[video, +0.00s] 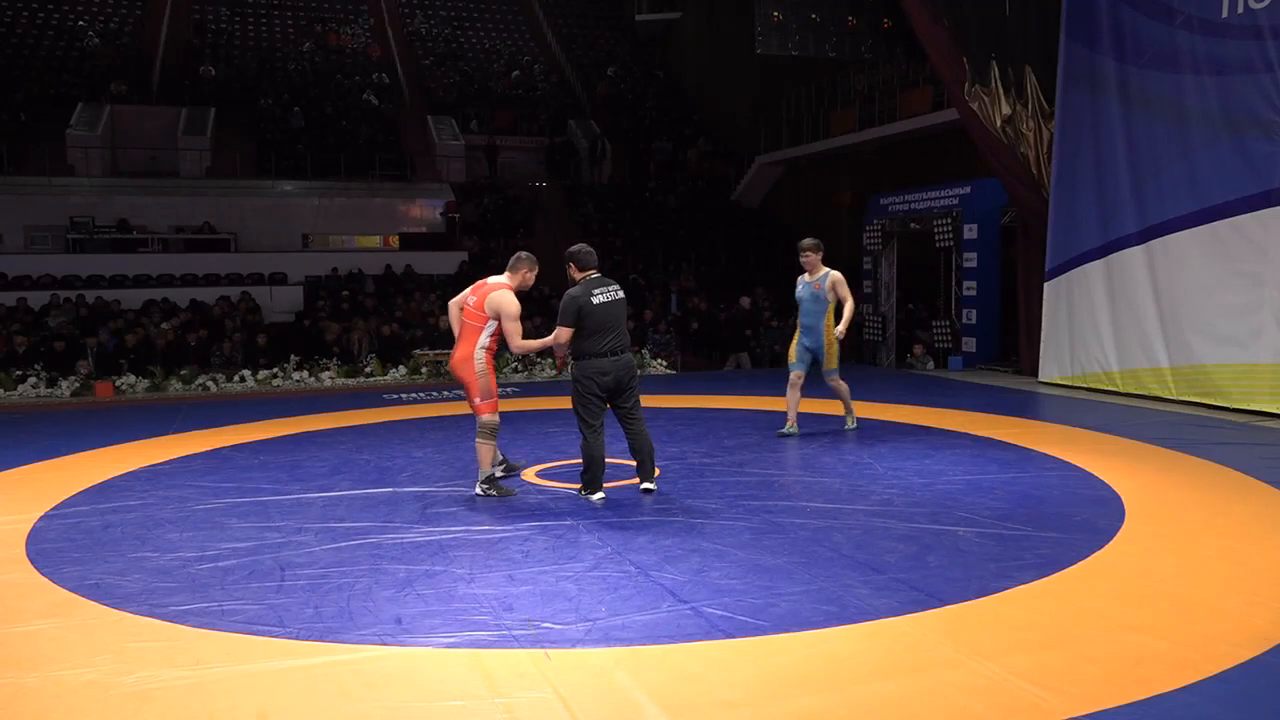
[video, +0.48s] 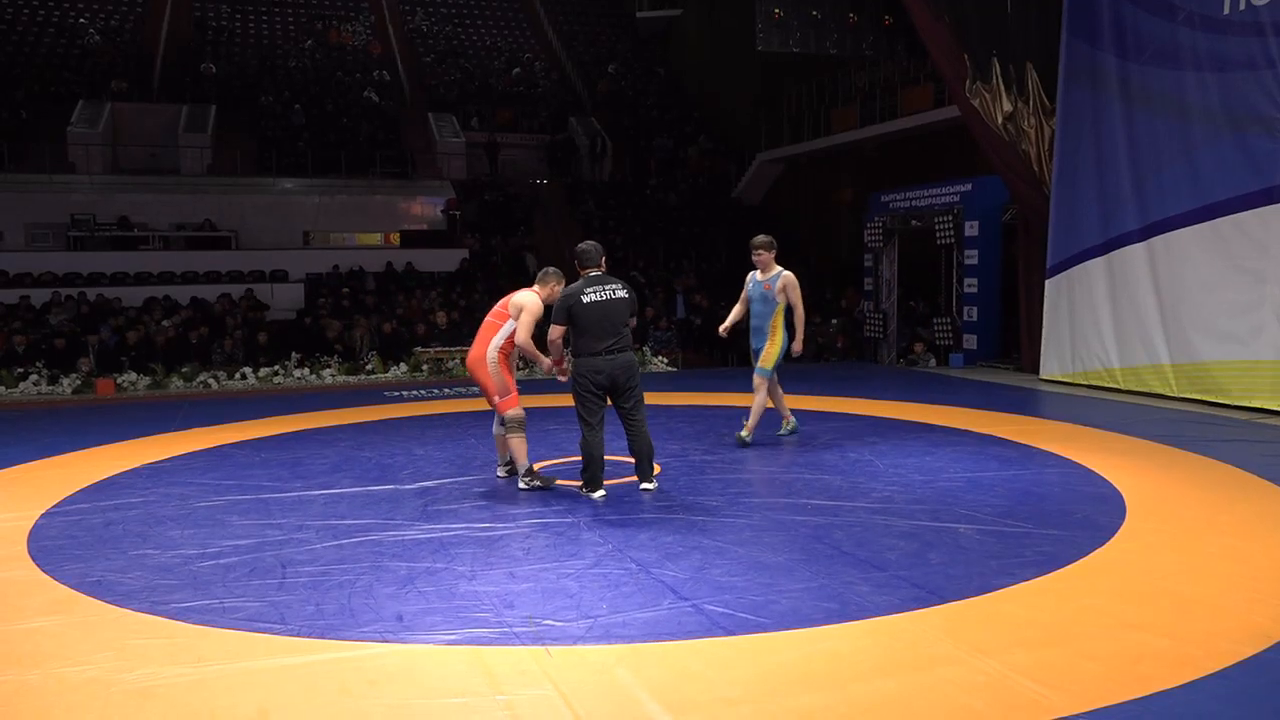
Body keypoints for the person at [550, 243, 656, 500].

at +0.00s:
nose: (568, 271)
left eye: (568, 267)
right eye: (568, 267)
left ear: (573, 268)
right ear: (595, 264)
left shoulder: (574, 296)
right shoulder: (614, 286)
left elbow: (560, 339)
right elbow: (615, 323)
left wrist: (558, 352)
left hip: (590, 368)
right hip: (623, 364)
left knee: (592, 430)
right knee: (634, 421)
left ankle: (593, 487)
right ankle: (648, 478)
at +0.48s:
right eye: (603, 260)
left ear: (576, 266)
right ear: (603, 262)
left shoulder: (568, 295)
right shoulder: (622, 287)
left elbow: (554, 338)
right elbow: (631, 323)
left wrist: (558, 362)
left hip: (588, 367)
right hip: (623, 363)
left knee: (591, 428)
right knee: (635, 420)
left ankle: (593, 485)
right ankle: (647, 478)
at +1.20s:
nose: (639, 261)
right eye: (639, 258)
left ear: (612, 262)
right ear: (639, 261)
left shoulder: (599, 288)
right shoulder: (654, 288)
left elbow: (580, 326)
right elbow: (669, 320)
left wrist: (588, 350)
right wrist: (649, 320)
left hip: (609, 362)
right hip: (645, 362)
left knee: (603, 422)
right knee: (648, 420)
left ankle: (597, 481)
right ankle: (651, 479)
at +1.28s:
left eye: (615, 259)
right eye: (642, 258)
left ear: (615, 262)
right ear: (642, 261)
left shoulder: (602, 287)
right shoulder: (657, 289)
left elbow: (584, 325)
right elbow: (668, 320)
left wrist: (594, 346)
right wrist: (645, 319)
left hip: (612, 362)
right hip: (647, 361)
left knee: (603, 422)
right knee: (649, 421)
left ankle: (597, 480)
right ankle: (650, 480)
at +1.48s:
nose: (619, 263)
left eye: (619, 260)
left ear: (620, 262)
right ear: (648, 261)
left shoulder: (608, 287)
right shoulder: (663, 290)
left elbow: (590, 324)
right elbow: (664, 323)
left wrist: (613, 332)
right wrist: (642, 326)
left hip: (616, 362)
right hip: (651, 361)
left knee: (605, 421)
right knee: (650, 421)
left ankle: (596, 479)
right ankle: (650, 480)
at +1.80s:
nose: (627, 263)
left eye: (628, 260)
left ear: (630, 262)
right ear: (656, 262)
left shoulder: (619, 287)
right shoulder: (672, 289)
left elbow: (600, 323)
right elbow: (678, 324)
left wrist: (623, 318)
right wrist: (656, 318)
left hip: (625, 361)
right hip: (660, 362)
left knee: (612, 420)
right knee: (658, 421)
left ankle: (601, 476)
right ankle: (655, 480)